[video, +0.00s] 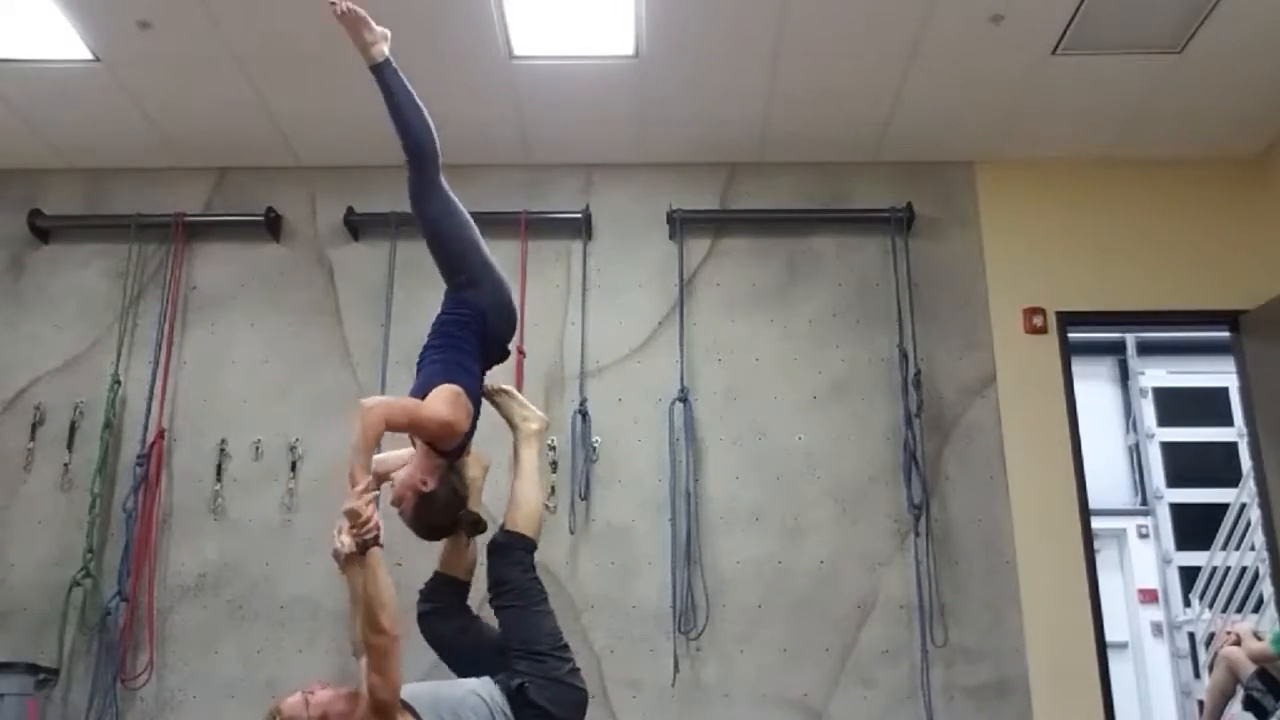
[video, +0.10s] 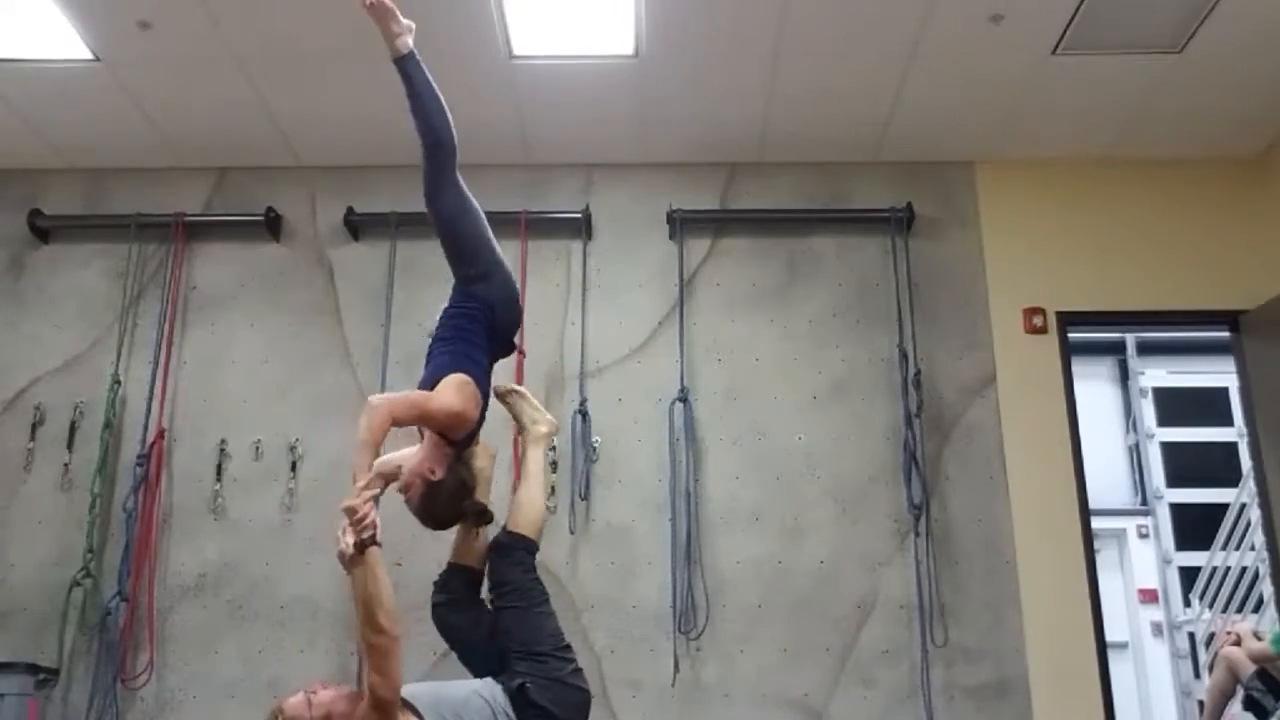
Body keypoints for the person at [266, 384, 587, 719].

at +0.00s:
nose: (315, 688)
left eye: (305, 691)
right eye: (308, 702)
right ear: (323, 719)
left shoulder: (377, 701)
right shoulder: (381, 710)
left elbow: (371, 639)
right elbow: (382, 636)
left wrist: (352, 565)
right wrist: (368, 547)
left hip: (510, 691)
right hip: (546, 701)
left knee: (439, 609)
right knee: (510, 556)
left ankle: (470, 478)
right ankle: (529, 432)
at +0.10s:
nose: (317, 687)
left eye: (307, 691)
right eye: (310, 701)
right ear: (325, 718)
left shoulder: (378, 699)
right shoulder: (381, 709)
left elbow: (376, 634)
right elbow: (380, 633)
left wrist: (359, 561)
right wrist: (365, 556)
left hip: (515, 693)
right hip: (549, 699)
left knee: (452, 601)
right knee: (510, 558)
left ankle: (478, 474)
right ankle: (537, 438)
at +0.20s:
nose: (321, 685)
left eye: (307, 690)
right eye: (310, 700)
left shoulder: (377, 699)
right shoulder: (379, 712)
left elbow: (382, 636)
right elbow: (390, 635)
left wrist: (374, 556)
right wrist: (377, 556)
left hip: (518, 699)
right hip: (547, 706)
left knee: (477, 574)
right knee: (469, 576)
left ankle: (489, 495)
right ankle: (543, 467)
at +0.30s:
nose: (318, 688)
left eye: (306, 691)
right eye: (311, 702)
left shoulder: (385, 702)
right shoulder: (381, 711)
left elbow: (386, 639)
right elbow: (392, 639)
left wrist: (375, 559)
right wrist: (383, 550)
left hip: (524, 697)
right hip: (545, 705)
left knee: (470, 587)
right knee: (455, 586)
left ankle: (504, 487)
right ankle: (530, 480)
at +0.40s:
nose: (319, 687)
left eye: (307, 691)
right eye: (312, 702)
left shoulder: (385, 703)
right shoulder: (380, 712)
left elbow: (387, 640)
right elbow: (392, 639)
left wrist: (378, 554)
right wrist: (383, 556)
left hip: (520, 699)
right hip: (543, 705)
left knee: (473, 591)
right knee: (439, 598)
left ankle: (503, 477)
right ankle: (505, 480)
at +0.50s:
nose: (320, 687)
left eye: (309, 691)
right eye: (313, 702)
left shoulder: (381, 700)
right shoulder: (381, 711)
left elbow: (381, 643)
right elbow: (401, 640)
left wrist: (372, 569)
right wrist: (397, 549)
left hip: (521, 698)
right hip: (545, 701)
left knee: (467, 590)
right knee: (428, 594)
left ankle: (486, 475)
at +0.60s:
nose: (317, 687)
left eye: (306, 691)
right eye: (312, 702)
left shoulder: (374, 697)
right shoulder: (380, 711)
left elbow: (371, 647)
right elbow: (396, 645)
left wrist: (354, 572)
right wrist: (394, 553)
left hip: (504, 698)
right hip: (538, 702)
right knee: (432, 596)